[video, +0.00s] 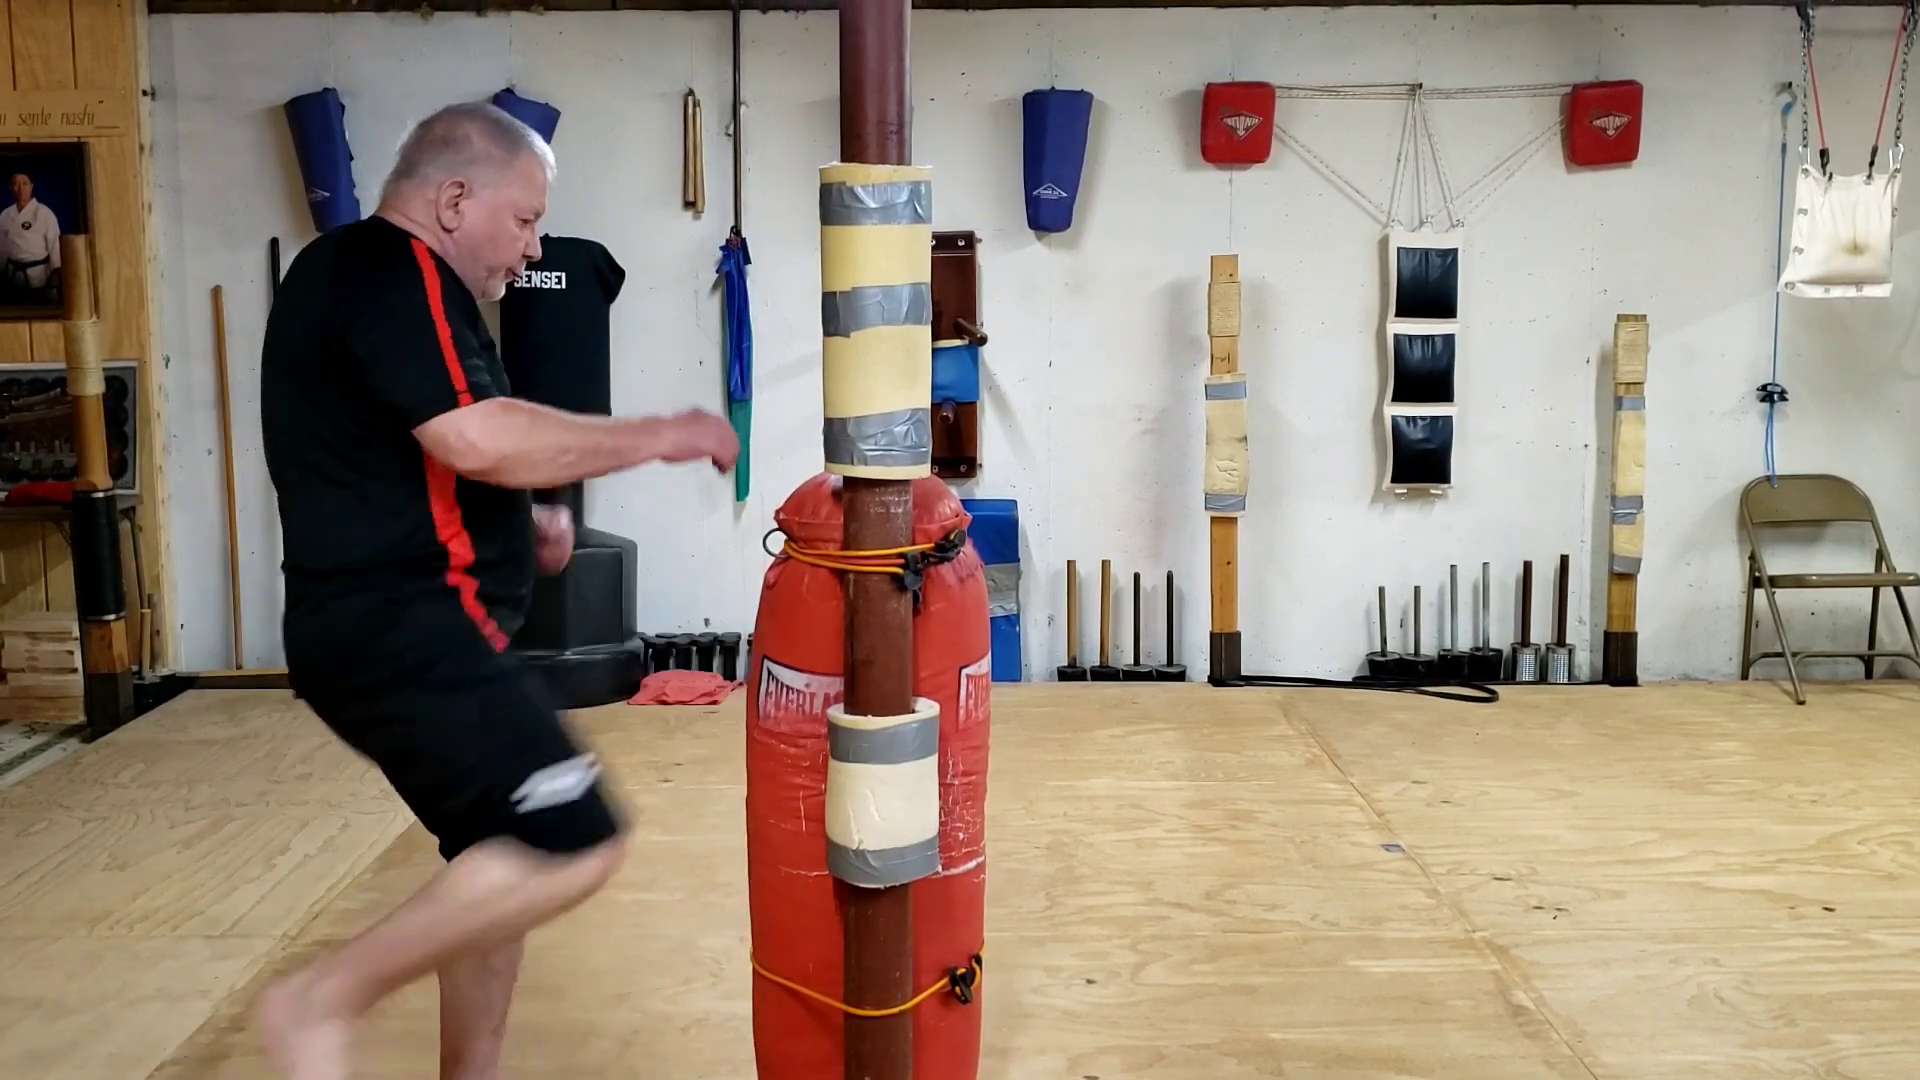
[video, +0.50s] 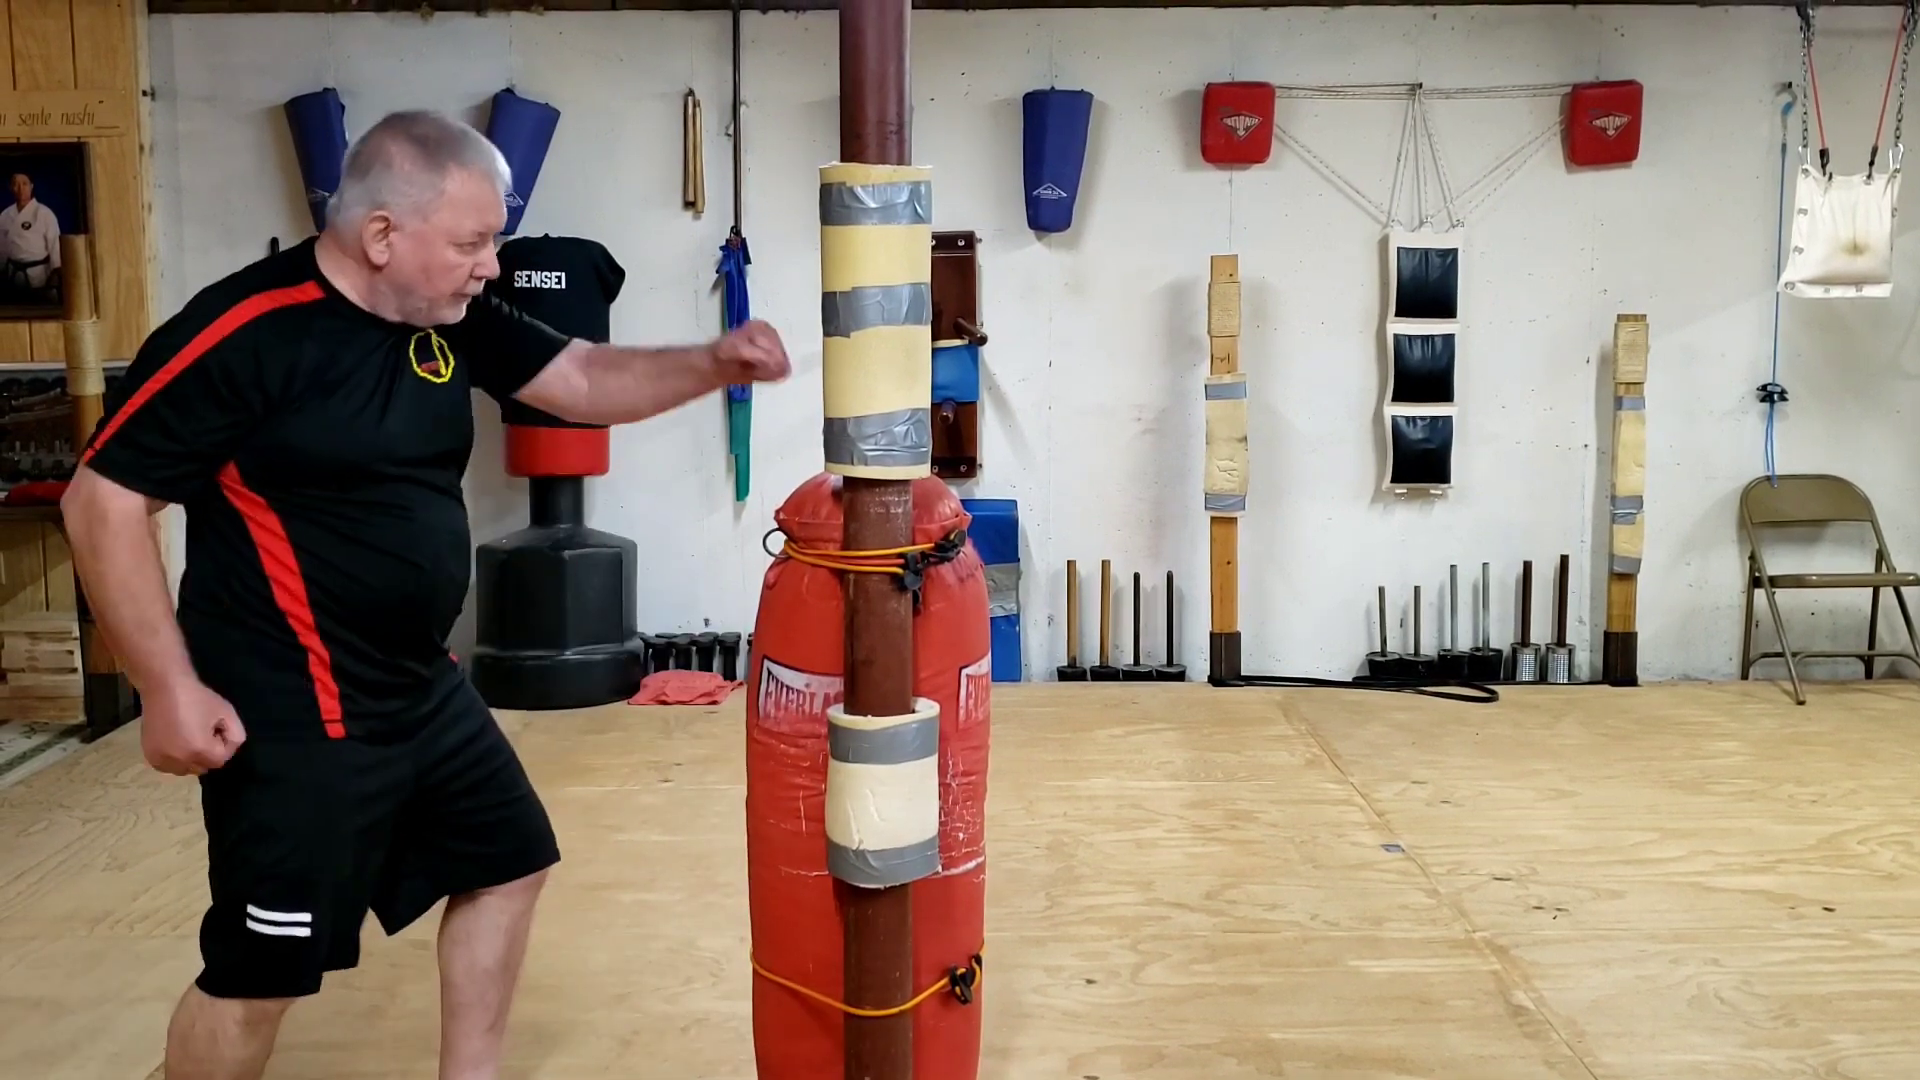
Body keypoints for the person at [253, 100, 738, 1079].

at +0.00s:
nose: (532, 249)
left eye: (536, 227)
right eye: (525, 222)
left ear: (442, 203)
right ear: (452, 201)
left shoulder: (338, 271)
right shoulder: (393, 275)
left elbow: (384, 464)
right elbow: (472, 435)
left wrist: (511, 518)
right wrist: (661, 436)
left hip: (369, 623)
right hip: (402, 624)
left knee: (499, 854)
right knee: (579, 834)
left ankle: (471, 1069)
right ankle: (314, 1000)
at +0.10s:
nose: (531, 253)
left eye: (535, 229)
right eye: (520, 225)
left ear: (443, 212)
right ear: (443, 209)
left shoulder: (419, 297)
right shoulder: (355, 284)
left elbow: (390, 477)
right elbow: (462, 449)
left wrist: (494, 561)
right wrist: (634, 418)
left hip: (460, 666)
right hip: (364, 673)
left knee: (518, 864)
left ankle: (473, 1075)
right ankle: (247, 1072)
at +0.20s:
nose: (518, 267)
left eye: (519, 243)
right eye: (503, 240)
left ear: (419, 233)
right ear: (419, 230)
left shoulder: (390, 320)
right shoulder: (311, 314)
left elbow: (392, 491)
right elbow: (404, 496)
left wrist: (485, 569)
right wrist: (591, 461)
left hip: (436, 675)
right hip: (312, 688)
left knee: (532, 863)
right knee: (277, 956)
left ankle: (476, 1074)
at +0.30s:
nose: (493, 258)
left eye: (498, 234)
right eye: (475, 233)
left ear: (400, 228)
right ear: (389, 222)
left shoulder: (405, 316)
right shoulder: (275, 311)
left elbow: (397, 485)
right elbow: (268, 521)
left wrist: (509, 494)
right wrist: (485, 543)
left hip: (427, 670)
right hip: (295, 687)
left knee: (523, 864)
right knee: (258, 948)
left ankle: (472, 1073)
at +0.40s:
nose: (483, 249)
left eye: (487, 225)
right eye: (463, 225)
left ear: (381, 222)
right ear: (372, 220)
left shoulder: (444, 318)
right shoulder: (242, 312)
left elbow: (532, 427)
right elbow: (124, 495)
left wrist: (610, 376)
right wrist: (273, 644)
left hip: (423, 669)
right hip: (279, 686)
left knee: (503, 862)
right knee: (254, 951)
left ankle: (468, 1075)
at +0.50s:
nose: (491, 267)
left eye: (493, 244)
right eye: (472, 245)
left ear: (394, 238)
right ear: (382, 238)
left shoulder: (442, 318)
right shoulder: (244, 324)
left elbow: (578, 377)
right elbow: (100, 498)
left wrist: (714, 366)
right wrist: (166, 683)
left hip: (416, 686)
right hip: (285, 711)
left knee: (508, 862)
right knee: (256, 970)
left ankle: (469, 1075)